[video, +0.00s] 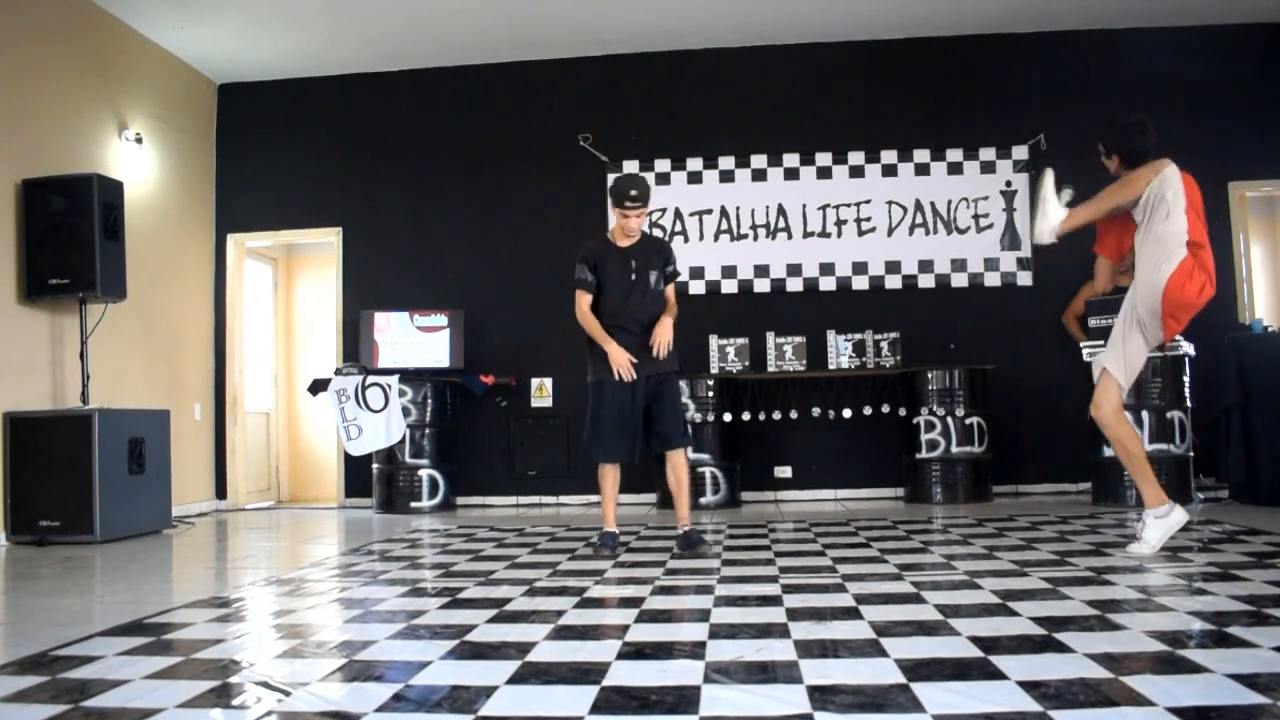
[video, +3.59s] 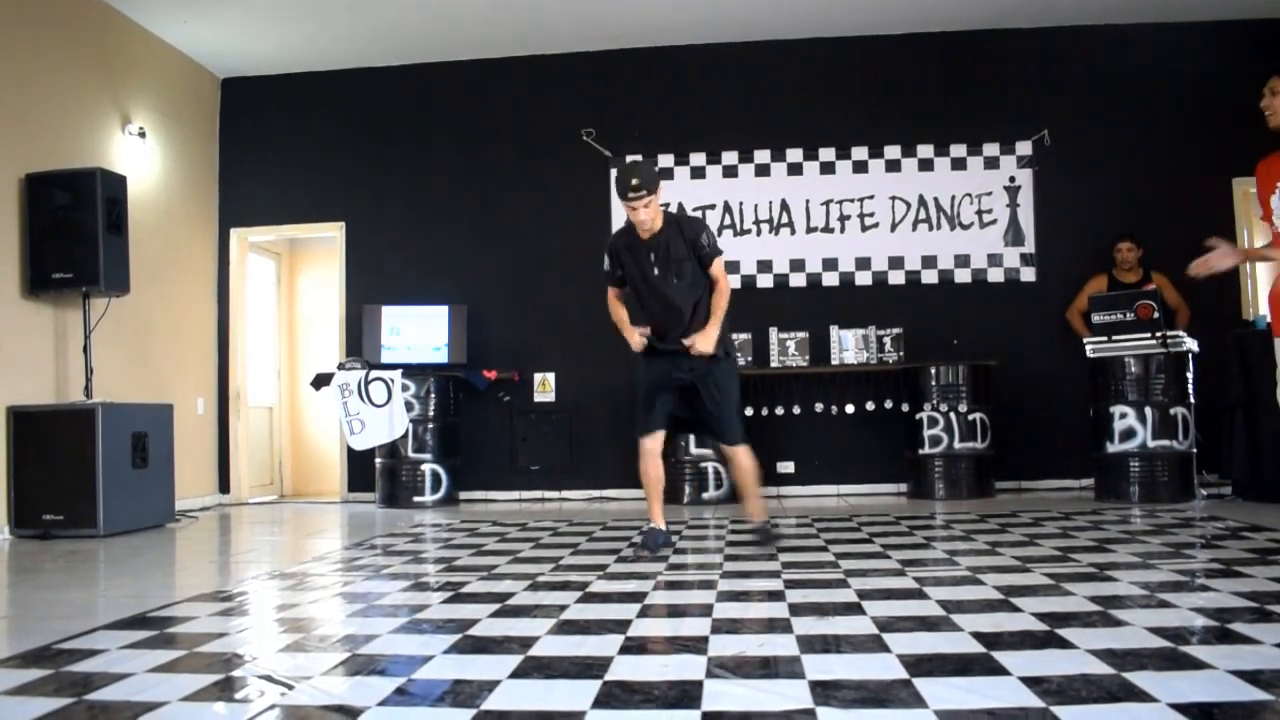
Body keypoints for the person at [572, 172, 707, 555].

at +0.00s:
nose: (632, 221)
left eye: (639, 214)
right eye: (625, 214)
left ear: (647, 212)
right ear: (613, 209)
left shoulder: (660, 250)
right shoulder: (593, 253)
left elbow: (671, 301)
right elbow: (582, 310)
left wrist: (667, 320)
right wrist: (610, 347)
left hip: (658, 364)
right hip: (612, 366)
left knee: (675, 443)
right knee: (609, 449)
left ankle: (685, 528)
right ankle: (609, 530)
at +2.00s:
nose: (599, 191)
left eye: (601, 184)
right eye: (590, 185)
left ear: (603, 188)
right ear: (567, 191)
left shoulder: (621, 235)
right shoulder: (547, 245)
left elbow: (643, 292)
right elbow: (543, 305)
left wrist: (650, 340)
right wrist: (554, 346)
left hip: (631, 364)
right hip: (581, 369)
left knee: (646, 454)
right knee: (589, 459)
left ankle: (660, 538)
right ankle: (595, 541)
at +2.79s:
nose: (639, 215)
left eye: (645, 208)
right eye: (631, 208)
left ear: (655, 200)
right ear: (617, 199)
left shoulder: (671, 236)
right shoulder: (595, 239)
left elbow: (681, 293)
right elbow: (579, 295)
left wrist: (669, 322)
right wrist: (582, 342)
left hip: (660, 358)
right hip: (610, 361)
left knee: (678, 446)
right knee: (604, 449)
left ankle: (689, 533)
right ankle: (598, 535)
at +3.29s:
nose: (647, 209)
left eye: (655, 200)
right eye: (640, 200)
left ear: (668, 193)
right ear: (630, 195)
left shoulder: (695, 233)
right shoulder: (620, 237)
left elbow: (718, 291)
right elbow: (614, 287)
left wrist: (698, 335)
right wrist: (607, 326)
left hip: (673, 359)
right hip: (623, 355)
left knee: (682, 445)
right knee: (589, 430)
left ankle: (681, 530)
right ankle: (564, 513)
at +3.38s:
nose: (646, 212)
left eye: (653, 204)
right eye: (639, 204)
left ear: (667, 196)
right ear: (629, 199)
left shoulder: (697, 236)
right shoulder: (625, 243)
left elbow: (720, 292)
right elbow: (619, 289)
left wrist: (701, 332)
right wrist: (611, 325)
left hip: (682, 356)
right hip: (632, 353)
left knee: (683, 444)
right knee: (588, 420)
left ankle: (681, 532)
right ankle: (552, 456)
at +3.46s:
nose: (643, 210)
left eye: (650, 201)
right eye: (635, 202)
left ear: (663, 193)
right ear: (625, 199)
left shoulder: (693, 230)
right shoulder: (620, 243)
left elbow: (718, 284)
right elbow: (615, 292)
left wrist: (705, 325)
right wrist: (615, 326)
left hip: (691, 350)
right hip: (642, 352)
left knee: (691, 440)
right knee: (621, 420)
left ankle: (686, 530)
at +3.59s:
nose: (640, 214)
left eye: (646, 205)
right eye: (632, 207)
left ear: (660, 195)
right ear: (622, 205)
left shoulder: (691, 230)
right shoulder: (619, 246)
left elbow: (722, 282)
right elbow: (615, 295)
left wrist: (712, 330)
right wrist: (627, 329)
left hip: (707, 351)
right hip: (658, 355)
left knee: (731, 441)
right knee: (649, 440)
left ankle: (759, 521)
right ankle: (657, 527)